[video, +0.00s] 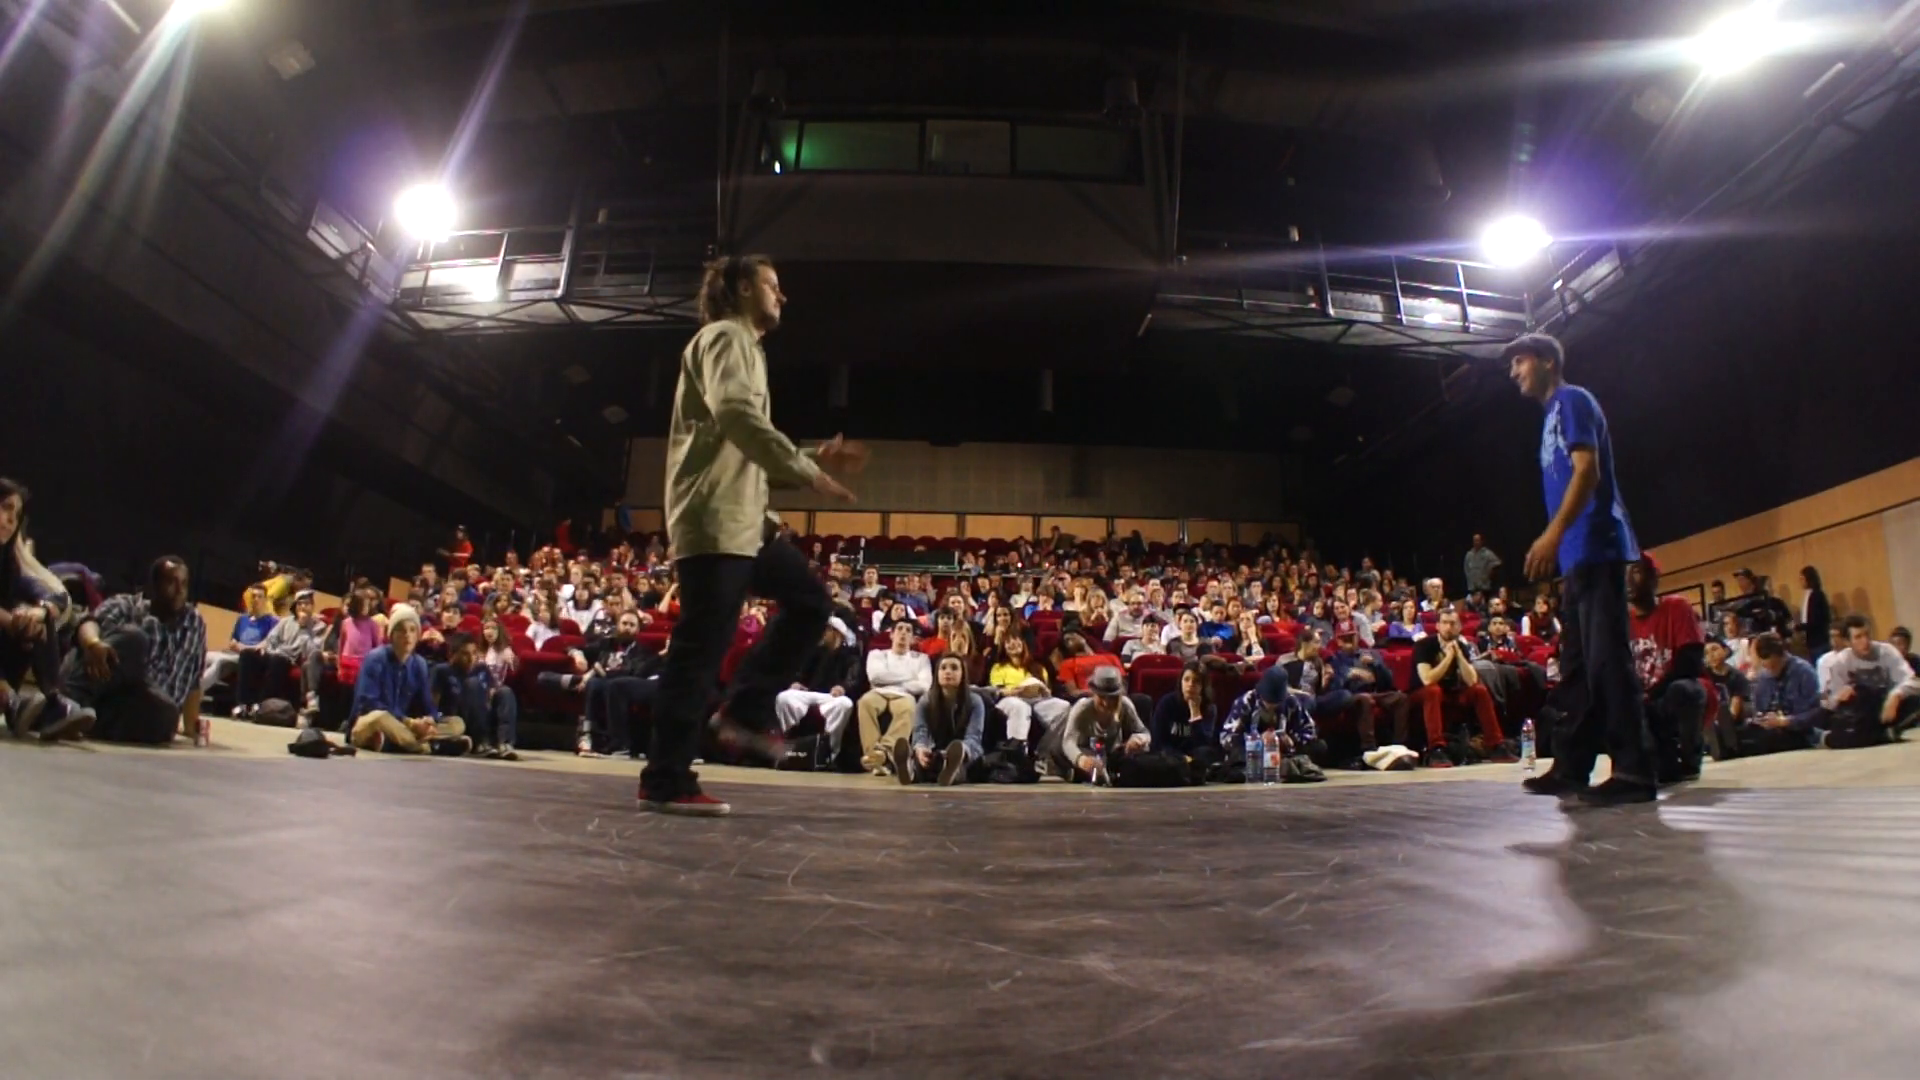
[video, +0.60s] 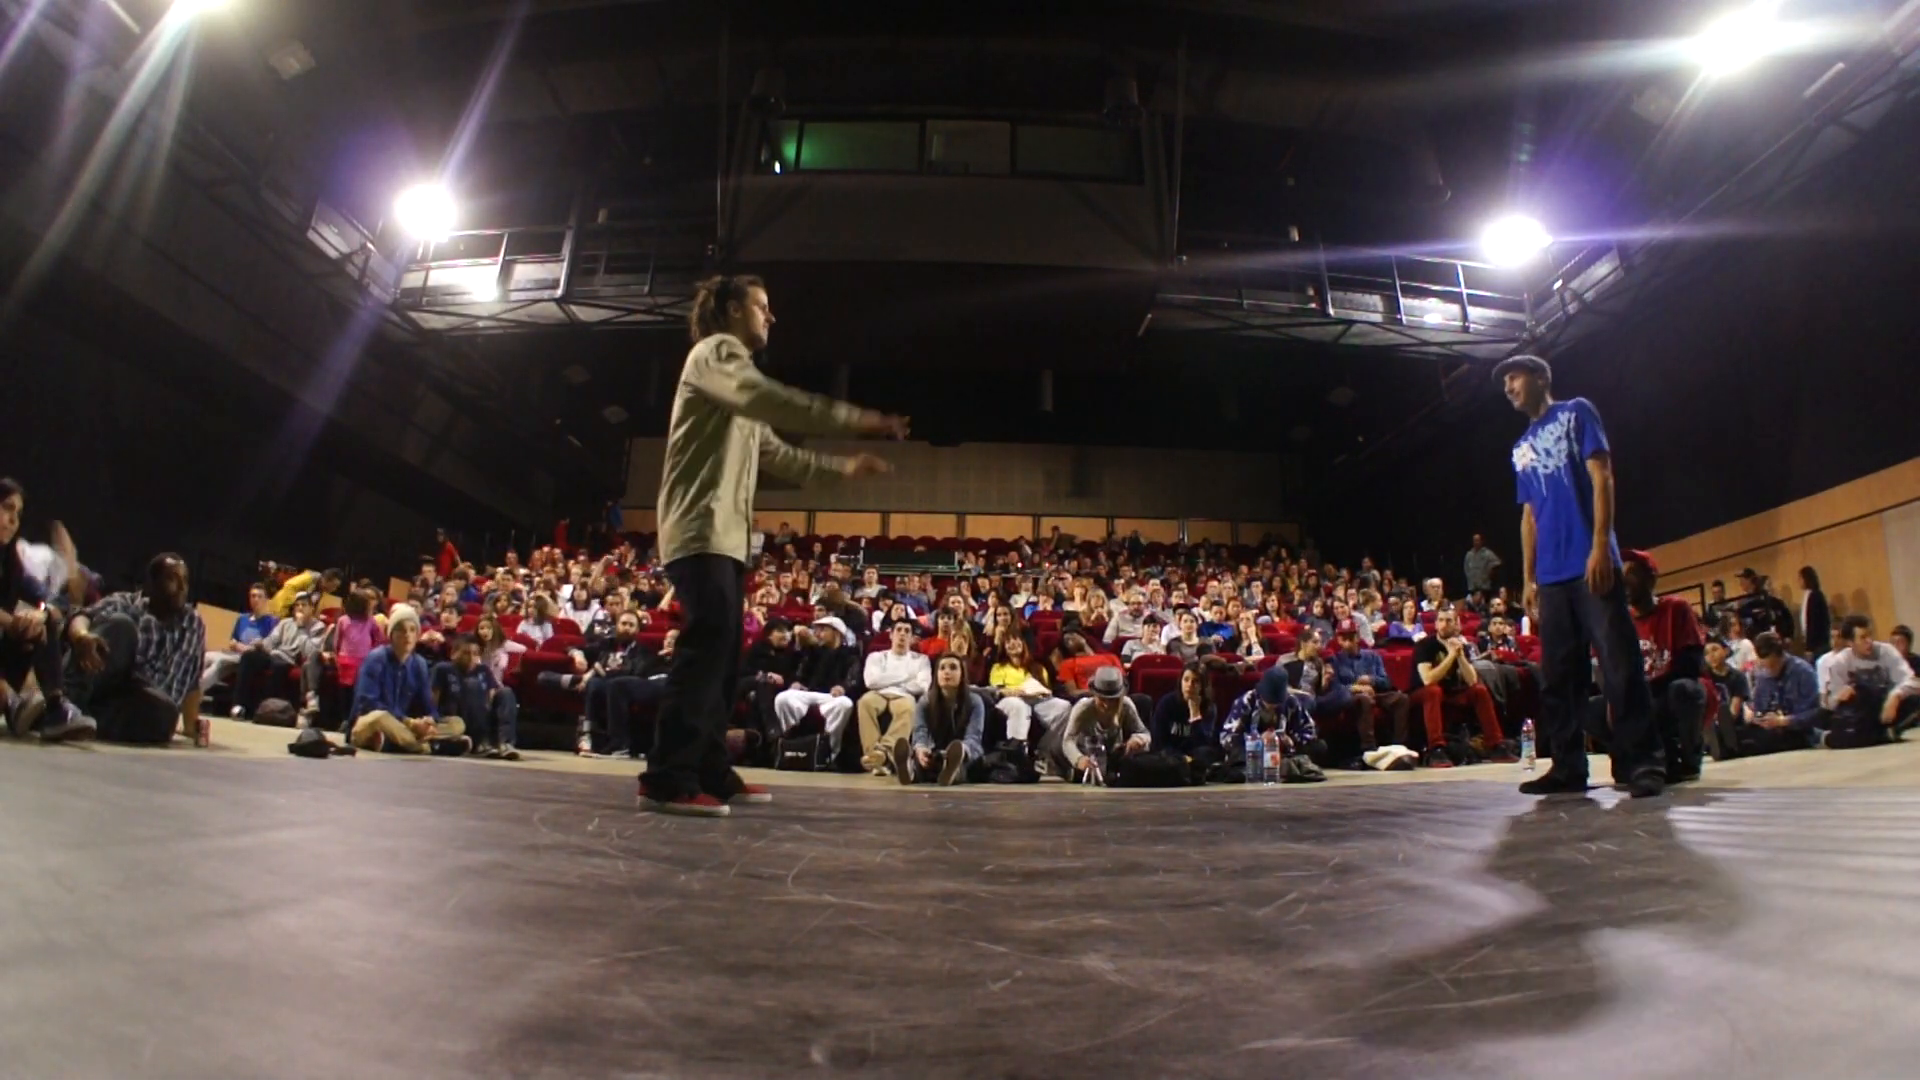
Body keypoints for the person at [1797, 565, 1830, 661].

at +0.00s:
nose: (1801, 582)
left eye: (1802, 578)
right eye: (1801, 579)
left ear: (1809, 579)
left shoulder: (1817, 596)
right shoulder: (1807, 595)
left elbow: (1817, 622)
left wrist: (1801, 627)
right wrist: (1799, 625)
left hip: (1819, 641)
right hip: (1811, 641)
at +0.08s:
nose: (1801, 582)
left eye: (1802, 578)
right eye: (1801, 579)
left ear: (1809, 579)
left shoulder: (1816, 596)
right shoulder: (1807, 595)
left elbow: (1817, 619)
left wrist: (1806, 633)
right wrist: (1804, 630)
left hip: (1818, 641)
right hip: (1811, 640)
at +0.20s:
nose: (1800, 581)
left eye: (1802, 578)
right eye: (1800, 578)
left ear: (1808, 578)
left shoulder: (1817, 596)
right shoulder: (1807, 595)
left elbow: (1818, 619)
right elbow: (1808, 616)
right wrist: (1804, 635)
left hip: (1818, 642)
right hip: (1811, 641)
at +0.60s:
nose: (1799, 581)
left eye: (1801, 578)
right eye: (1799, 578)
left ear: (1807, 579)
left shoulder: (1815, 596)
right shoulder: (1806, 595)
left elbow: (1814, 622)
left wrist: (1810, 646)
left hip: (1816, 645)